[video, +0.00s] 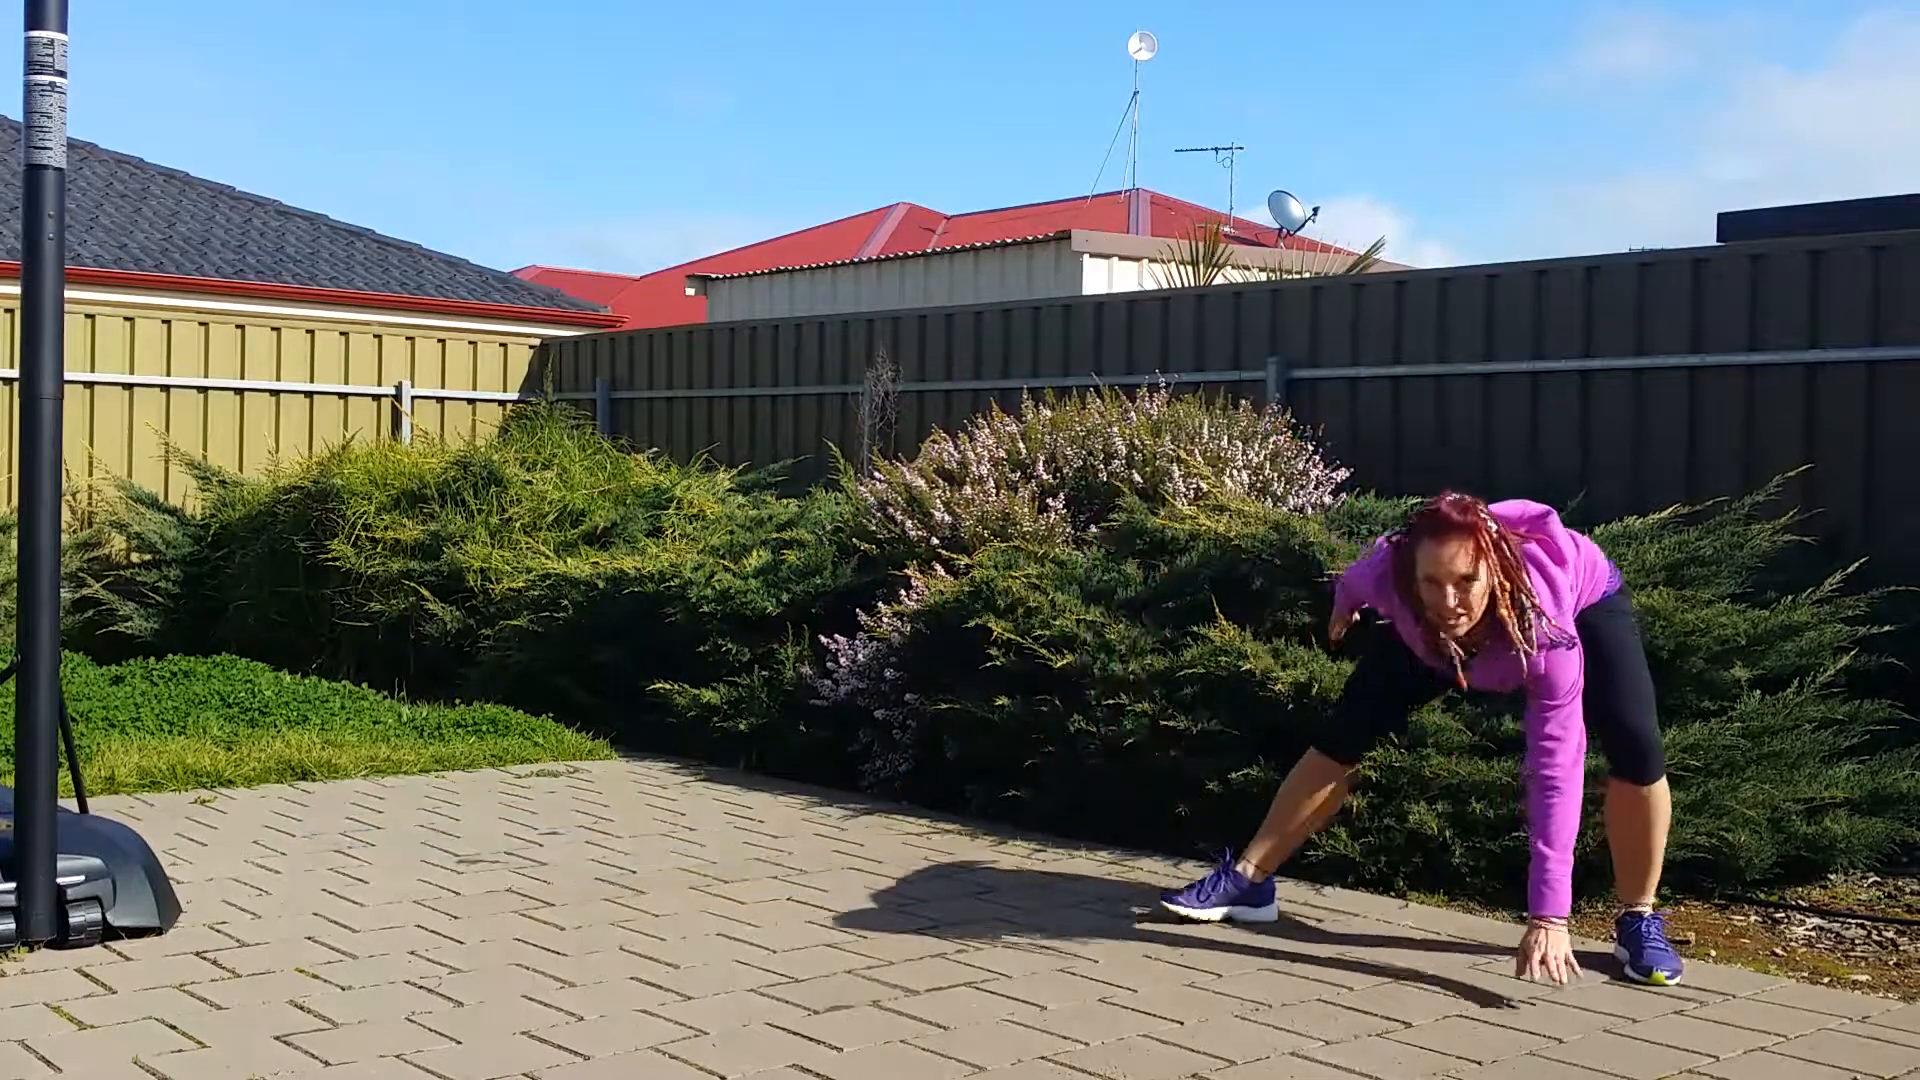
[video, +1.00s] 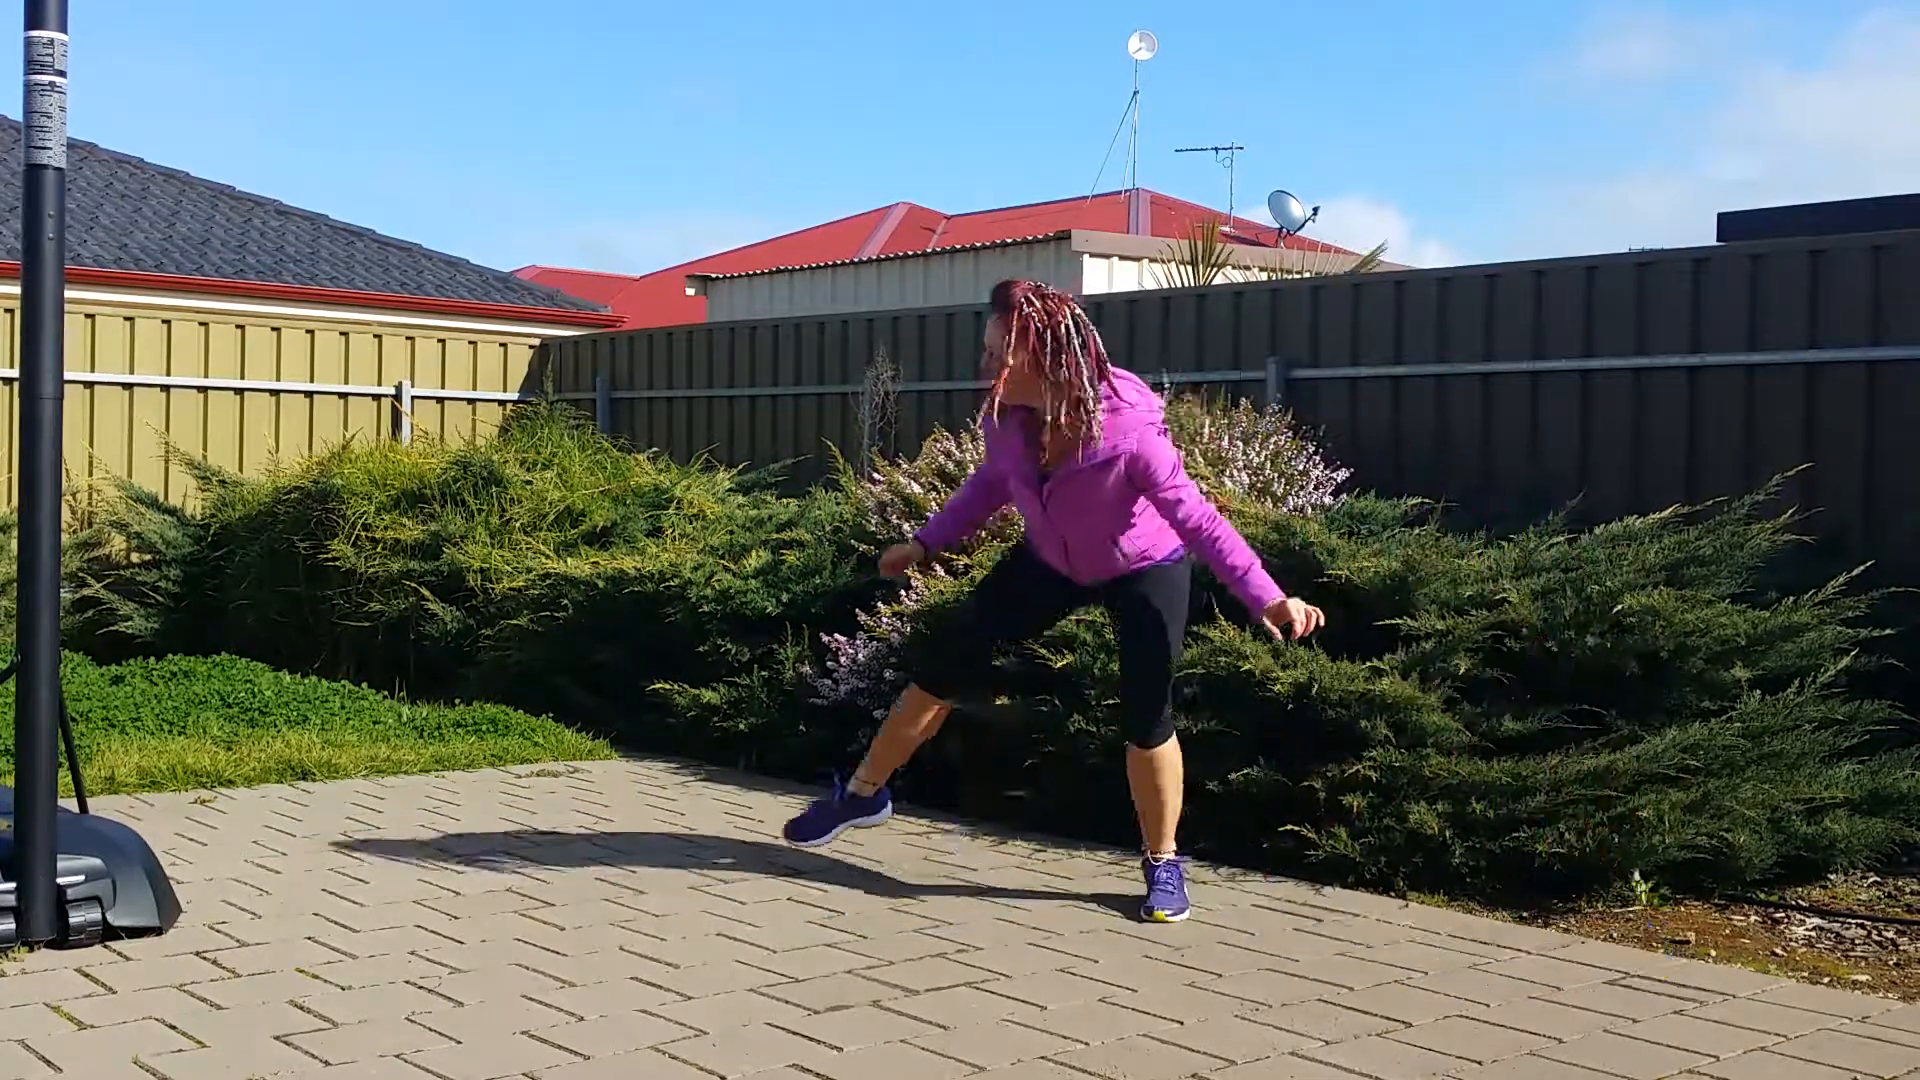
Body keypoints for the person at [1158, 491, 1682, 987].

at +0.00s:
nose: (1448, 599)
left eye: (1464, 581)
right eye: (1431, 581)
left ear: (1493, 573)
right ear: (1408, 570)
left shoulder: (1547, 625)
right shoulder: (1390, 572)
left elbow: (1554, 771)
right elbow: (1353, 583)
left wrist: (1546, 917)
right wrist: (1337, 609)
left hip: (1575, 606)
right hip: (1434, 627)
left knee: (1639, 746)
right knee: (1347, 732)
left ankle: (1640, 922)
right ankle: (1246, 878)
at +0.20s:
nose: (1444, 600)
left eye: (1461, 584)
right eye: (1430, 583)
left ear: (1494, 573)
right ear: (1409, 571)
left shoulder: (1549, 623)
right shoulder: (1392, 574)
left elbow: (1573, 768)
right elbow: (1358, 593)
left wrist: (1567, 915)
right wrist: (1343, 622)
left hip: (1585, 604)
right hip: (1448, 628)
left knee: (1647, 754)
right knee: (1352, 726)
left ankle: (1642, 922)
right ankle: (1256, 874)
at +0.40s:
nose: (1321, 532)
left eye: (1338, 518)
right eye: (1317, 516)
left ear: (1381, 514)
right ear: (1312, 512)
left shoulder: (1465, 556)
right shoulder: (1331, 545)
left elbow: (1532, 684)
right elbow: (1315, 589)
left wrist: (1555, 803)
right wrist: (1290, 635)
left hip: (1529, 597)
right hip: (1415, 610)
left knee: (1600, 752)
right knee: (1290, 710)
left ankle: (1637, 920)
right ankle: (1251, 879)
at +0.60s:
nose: (1178, 424)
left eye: (1191, 412)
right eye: (1176, 409)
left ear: (1237, 412)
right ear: (1185, 409)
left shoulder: (1320, 455)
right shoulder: (1188, 459)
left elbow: (1403, 530)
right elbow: (1182, 531)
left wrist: (1476, 600)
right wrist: (1141, 609)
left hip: (1370, 579)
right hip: (1263, 584)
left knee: (1456, 722)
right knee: (1200, 707)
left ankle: (1570, 893)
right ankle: (1241, 883)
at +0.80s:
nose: (1082, 348)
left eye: (1094, 334)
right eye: (1084, 333)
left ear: (1137, 339)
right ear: (1108, 337)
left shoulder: (1227, 392)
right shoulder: (1099, 388)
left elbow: (1306, 474)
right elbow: (1078, 460)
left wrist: (1382, 554)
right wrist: (1023, 525)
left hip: (1256, 516)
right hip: (1164, 513)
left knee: (1243, 656)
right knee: (1103, 638)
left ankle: (1207, 843)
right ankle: (1146, 817)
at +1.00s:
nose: (989, 367)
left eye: (1000, 357)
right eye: (989, 354)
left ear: (1048, 362)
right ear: (1012, 358)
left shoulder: (1128, 425)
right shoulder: (1011, 419)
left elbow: (1194, 513)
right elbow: (987, 489)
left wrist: (1268, 596)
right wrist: (922, 543)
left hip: (1147, 562)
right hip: (1053, 555)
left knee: (1148, 706)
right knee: (946, 658)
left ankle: (1163, 865)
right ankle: (861, 791)